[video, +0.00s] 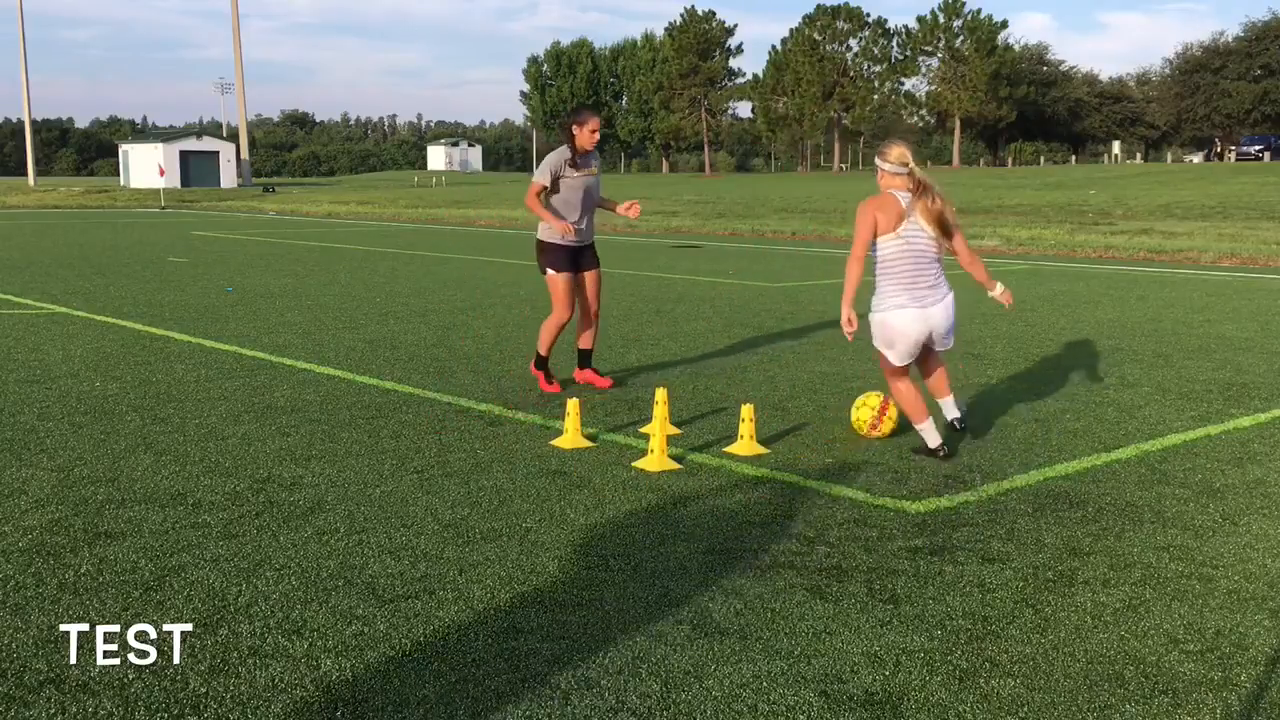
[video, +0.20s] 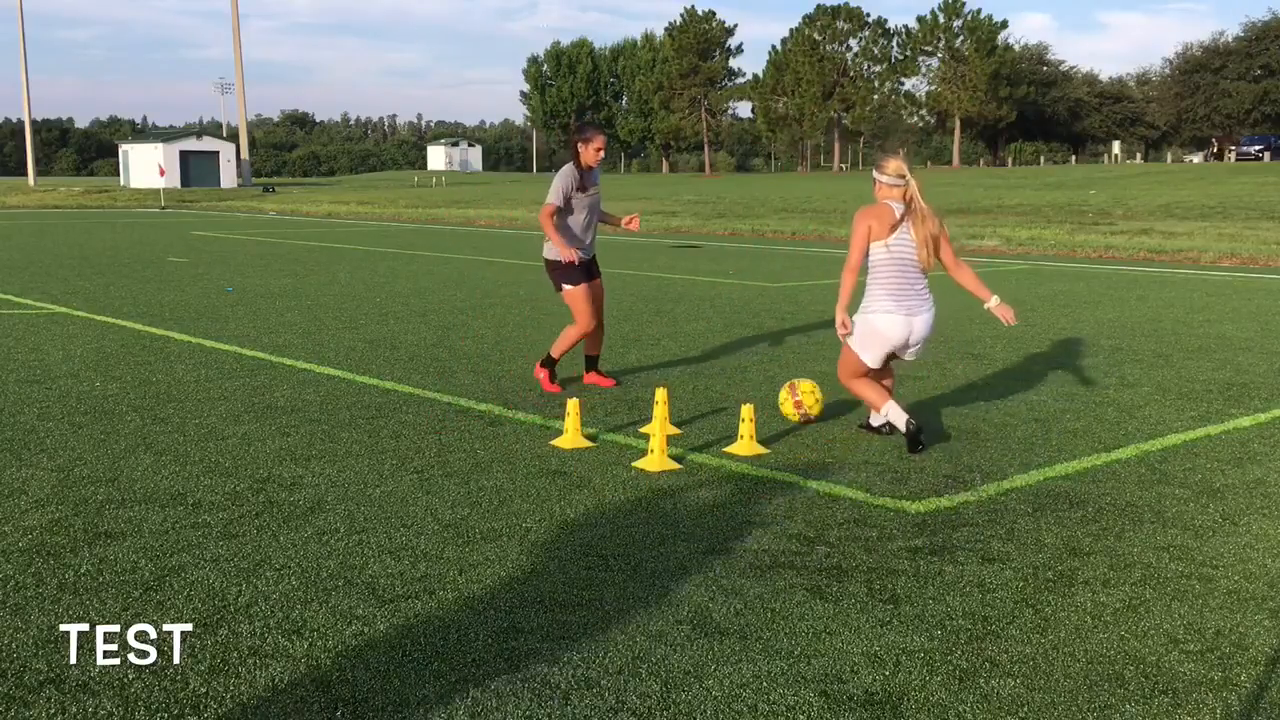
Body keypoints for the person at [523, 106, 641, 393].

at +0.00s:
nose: (597, 137)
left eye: (599, 131)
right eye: (593, 131)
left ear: (594, 132)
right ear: (576, 130)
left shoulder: (592, 161)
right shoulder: (556, 160)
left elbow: (590, 198)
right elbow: (531, 198)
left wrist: (618, 208)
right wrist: (555, 220)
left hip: (584, 243)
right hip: (555, 244)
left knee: (591, 309)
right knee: (563, 312)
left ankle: (584, 368)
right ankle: (539, 365)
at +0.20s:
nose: (602, 155)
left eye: (604, 150)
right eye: (598, 150)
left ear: (599, 150)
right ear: (581, 147)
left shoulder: (592, 174)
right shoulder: (567, 175)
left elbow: (591, 211)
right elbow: (545, 215)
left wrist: (620, 222)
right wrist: (562, 246)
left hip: (586, 255)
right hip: (563, 258)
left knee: (596, 318)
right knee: (585, 322)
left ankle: (591, 371)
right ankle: (546, 366)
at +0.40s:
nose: (602, 157)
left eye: (604, 151)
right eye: (598, 151)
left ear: (592, 150)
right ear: (581, 148)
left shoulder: (593, 174)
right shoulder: (564, 177)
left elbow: (602, 196)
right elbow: (534, 213)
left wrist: (630, 206)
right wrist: (529, 253)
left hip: (582, 252)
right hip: (561, 254)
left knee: (594, 315)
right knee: (610, 301)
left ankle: (591, 369)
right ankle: (574, 350)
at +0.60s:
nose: (599, 176)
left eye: (602, 171)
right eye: (594, 171)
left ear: (604, 167)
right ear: (578, 166)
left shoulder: (603, 192)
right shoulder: (559, 189)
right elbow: (531, 218)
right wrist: (519, 256)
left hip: (565, 259)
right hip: (540, 256)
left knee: (589, 309)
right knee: (594, 292)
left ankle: (590, 372)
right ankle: (613, 360)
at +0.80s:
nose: (572, 178)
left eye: (575, 172)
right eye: (566, 172)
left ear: (578, 170)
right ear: (551, 168)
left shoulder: (583, 191)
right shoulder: (534, 193)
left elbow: (604, 215)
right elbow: (504, 226)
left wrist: (616, 218)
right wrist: (495, 262)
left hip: (561, 269)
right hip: (528, 267)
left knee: (584, 321)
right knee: (535, 318)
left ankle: (589, 374)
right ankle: (509, 379)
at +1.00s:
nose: (534, 162)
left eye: (538, 156)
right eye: (529, 156)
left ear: (542, 154)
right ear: (514, 153)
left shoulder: (549, 180)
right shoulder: (497, 183)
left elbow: (556, 211)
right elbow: (480, 225)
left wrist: (579, 227)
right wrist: (486, 247)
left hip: (540, 266)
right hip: (503, 265)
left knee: (558, 334)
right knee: (494, 330)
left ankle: (555, 364)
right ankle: (482, 385)